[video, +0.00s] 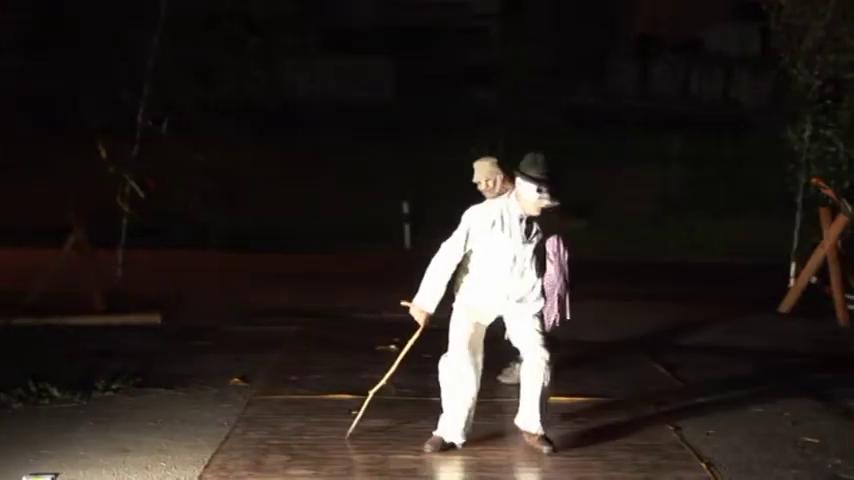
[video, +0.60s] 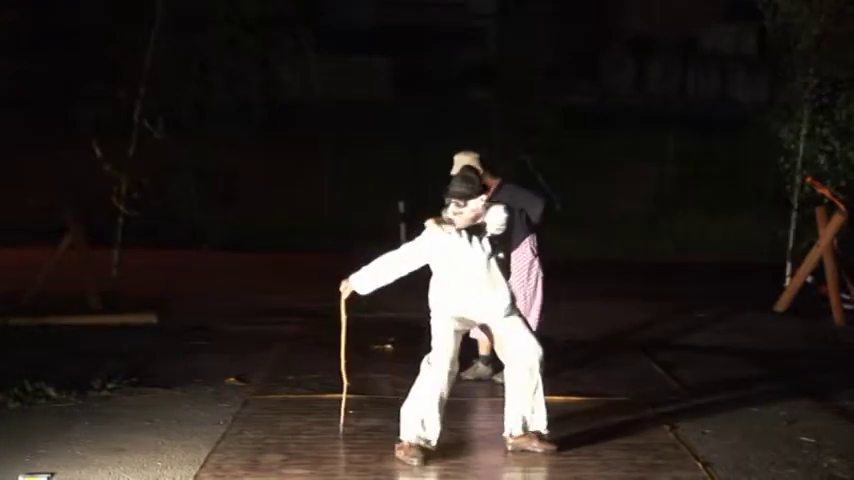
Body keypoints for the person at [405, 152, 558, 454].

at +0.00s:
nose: (543, 202)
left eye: (546, 196)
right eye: (537, 194)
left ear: (547, 194)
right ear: (517, 186)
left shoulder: (535, 222)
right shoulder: (479, 216)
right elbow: (448, 257)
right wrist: (424, 301)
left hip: (520, 300)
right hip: (476, 299)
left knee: (538, 358)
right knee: (461, 360)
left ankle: (530, 426)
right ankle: (450, 431)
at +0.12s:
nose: (519, 211)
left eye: (525, 205)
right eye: (514, 204)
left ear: (534, 202)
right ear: (504, 200)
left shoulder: (549, 220)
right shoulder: (480, 223)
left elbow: (582, 232)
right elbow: (443, 260)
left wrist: (618, 233)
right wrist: (415, 302)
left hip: (523, 309)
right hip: (473, 304)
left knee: (538, 360)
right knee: (450, 354)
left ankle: (533, 430)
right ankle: (429, 425)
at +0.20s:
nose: (520, 213)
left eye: (523, 205)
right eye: (512, 207)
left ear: (529, 202)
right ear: (498, 204)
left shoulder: (548, 222)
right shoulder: (478, 227)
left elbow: (591, 242)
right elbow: (440, 262)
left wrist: (635, 260)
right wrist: (406, 299)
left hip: (523, 310)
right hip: (474, 303)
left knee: (540, 360)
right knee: (447, 346)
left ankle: (532, 431)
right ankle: (410, 413)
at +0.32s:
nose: (487, 212)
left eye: (493, 206)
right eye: (484, 205)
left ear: (511, 199)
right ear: (482, 199)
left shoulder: (538, 215)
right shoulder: (472, 222)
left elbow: (576, 257)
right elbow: (432, 258)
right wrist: (393, 295)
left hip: (517, 307)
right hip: (470, 302)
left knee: (536, 357)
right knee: (443, 352)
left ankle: (530, 429)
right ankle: (399, 406)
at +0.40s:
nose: (481, 207)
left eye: (487, 202)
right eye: (478, 201)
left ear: (505, 195)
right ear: (473, 197)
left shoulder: (528, 210)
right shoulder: (465, 219)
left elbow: (536, 254)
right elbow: (427, 254)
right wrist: (390, 289)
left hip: (510, 301)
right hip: (466, 300)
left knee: (530, 356)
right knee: (446, 358)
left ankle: (523, 429)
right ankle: (404, 421)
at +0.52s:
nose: (476, 212)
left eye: (482, 205)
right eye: (471, 205)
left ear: (494, 201)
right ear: (467, 203)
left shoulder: (506, 218)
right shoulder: (450, 229)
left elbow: (532, 208)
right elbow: (413, 258)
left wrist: (515, 192)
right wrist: (372, 285)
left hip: (502, 310)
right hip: (458, 312)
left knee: (528, 353)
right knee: (446, 366)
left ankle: (520, 432)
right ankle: (413, 440)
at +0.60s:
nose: (462, 208)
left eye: (470, 202)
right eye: (460, 202)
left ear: (479, 205)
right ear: (452, 204)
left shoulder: (487, 229)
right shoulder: (437, 236)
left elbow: (502, 216)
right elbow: (398, 260)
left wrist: (484, 211)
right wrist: (357, 282)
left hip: (495, 310)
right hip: (450, 314)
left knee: (527, 353)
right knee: (442, 366)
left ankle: (519, 433)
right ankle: (411, 439)